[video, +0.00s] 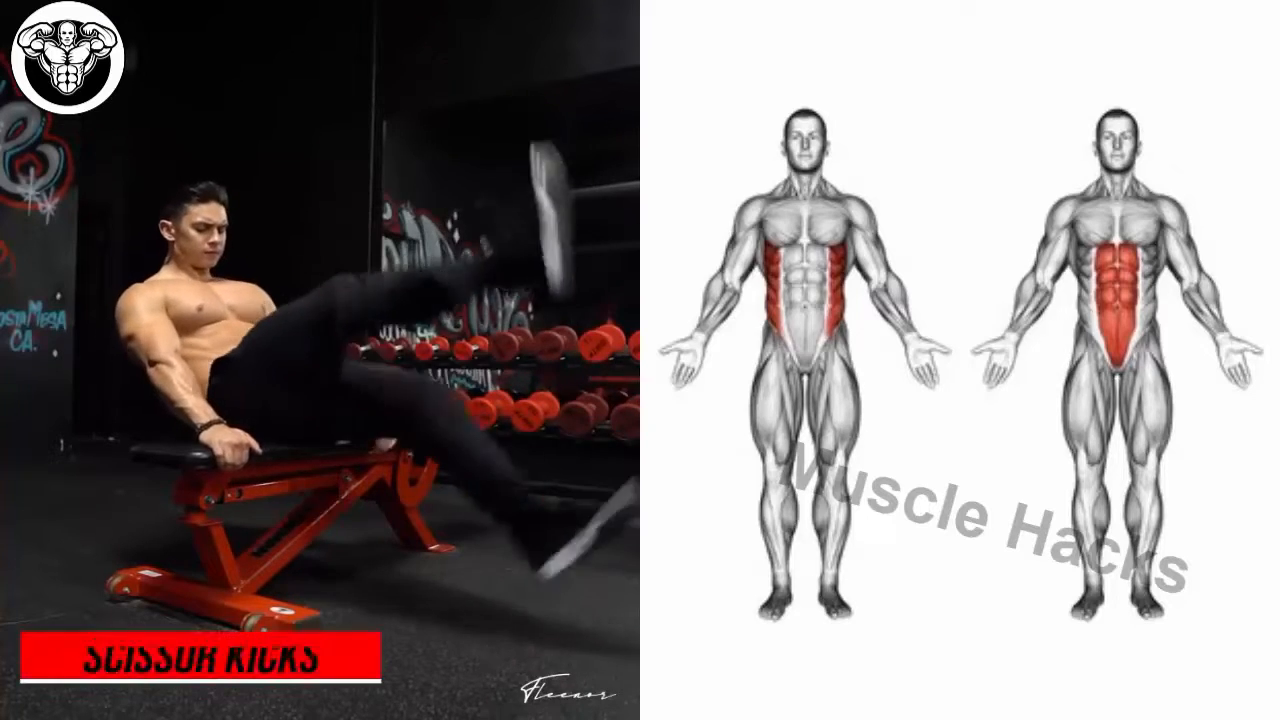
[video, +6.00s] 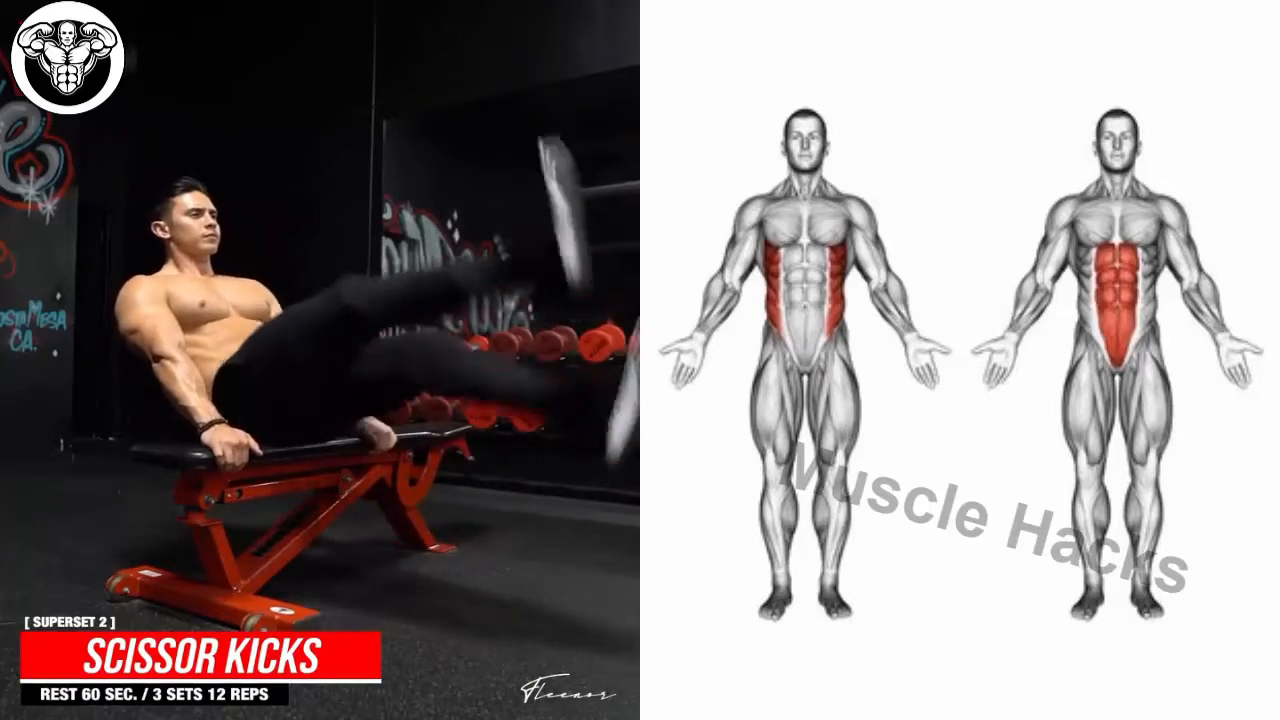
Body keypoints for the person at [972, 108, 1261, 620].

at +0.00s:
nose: (1116, 145)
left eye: (1124, 138)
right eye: (1109, 137)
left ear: (1137, 146)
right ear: (1097, 145)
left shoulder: (1164, 211)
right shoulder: (1070, 211)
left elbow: (1193, 282)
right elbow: (1041, 282)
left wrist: (1221, 335)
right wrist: (1012, 336)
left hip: (1144, 355)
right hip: (1089, 354)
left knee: (1145, 467)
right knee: (1088, 466)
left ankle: (1141, 582)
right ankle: (1092, 583)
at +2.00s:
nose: (1116, 145)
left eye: (1124, 138)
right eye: (1109, 137)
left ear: (1137, 146)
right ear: (1097, 145)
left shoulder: (1164, 211)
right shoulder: (1070, 211)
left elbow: (1193, 282)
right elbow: (1041, 282)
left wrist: (1221, 335)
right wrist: (1012, 336)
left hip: (1144, 355)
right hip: (1089, 354)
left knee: (1145, 466)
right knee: (1088, 466)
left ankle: (1141, 582)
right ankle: (1092, 583)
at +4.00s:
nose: (1116, 145)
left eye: (1124, 138)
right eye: (1108, 138)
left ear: (1137, 145)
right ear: (1096, 146)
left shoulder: (1164, 211)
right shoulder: (1070, 211)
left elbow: (1193, 282)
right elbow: (1041, 282)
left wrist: (1222, 335)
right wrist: (1012, 336)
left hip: (1144, 355)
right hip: (1089, 355)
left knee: (1145, 466)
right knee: (1088, 466)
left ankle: (1141, 581)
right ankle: (1092, 583)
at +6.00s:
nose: (1116, 145)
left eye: (1124, 138)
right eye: (1108, 138)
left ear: (1137, 145)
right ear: (1097, 145)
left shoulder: (1164, 211)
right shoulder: (1070, 211)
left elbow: (1193, 282)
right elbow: (1041, 282)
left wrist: (1221, 335)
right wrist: (1012, 336)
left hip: (1144, 355)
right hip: (1089, 354)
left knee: (1145, 466)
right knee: (1088, 466)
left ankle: (1141, 581)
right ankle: (1092, 583)